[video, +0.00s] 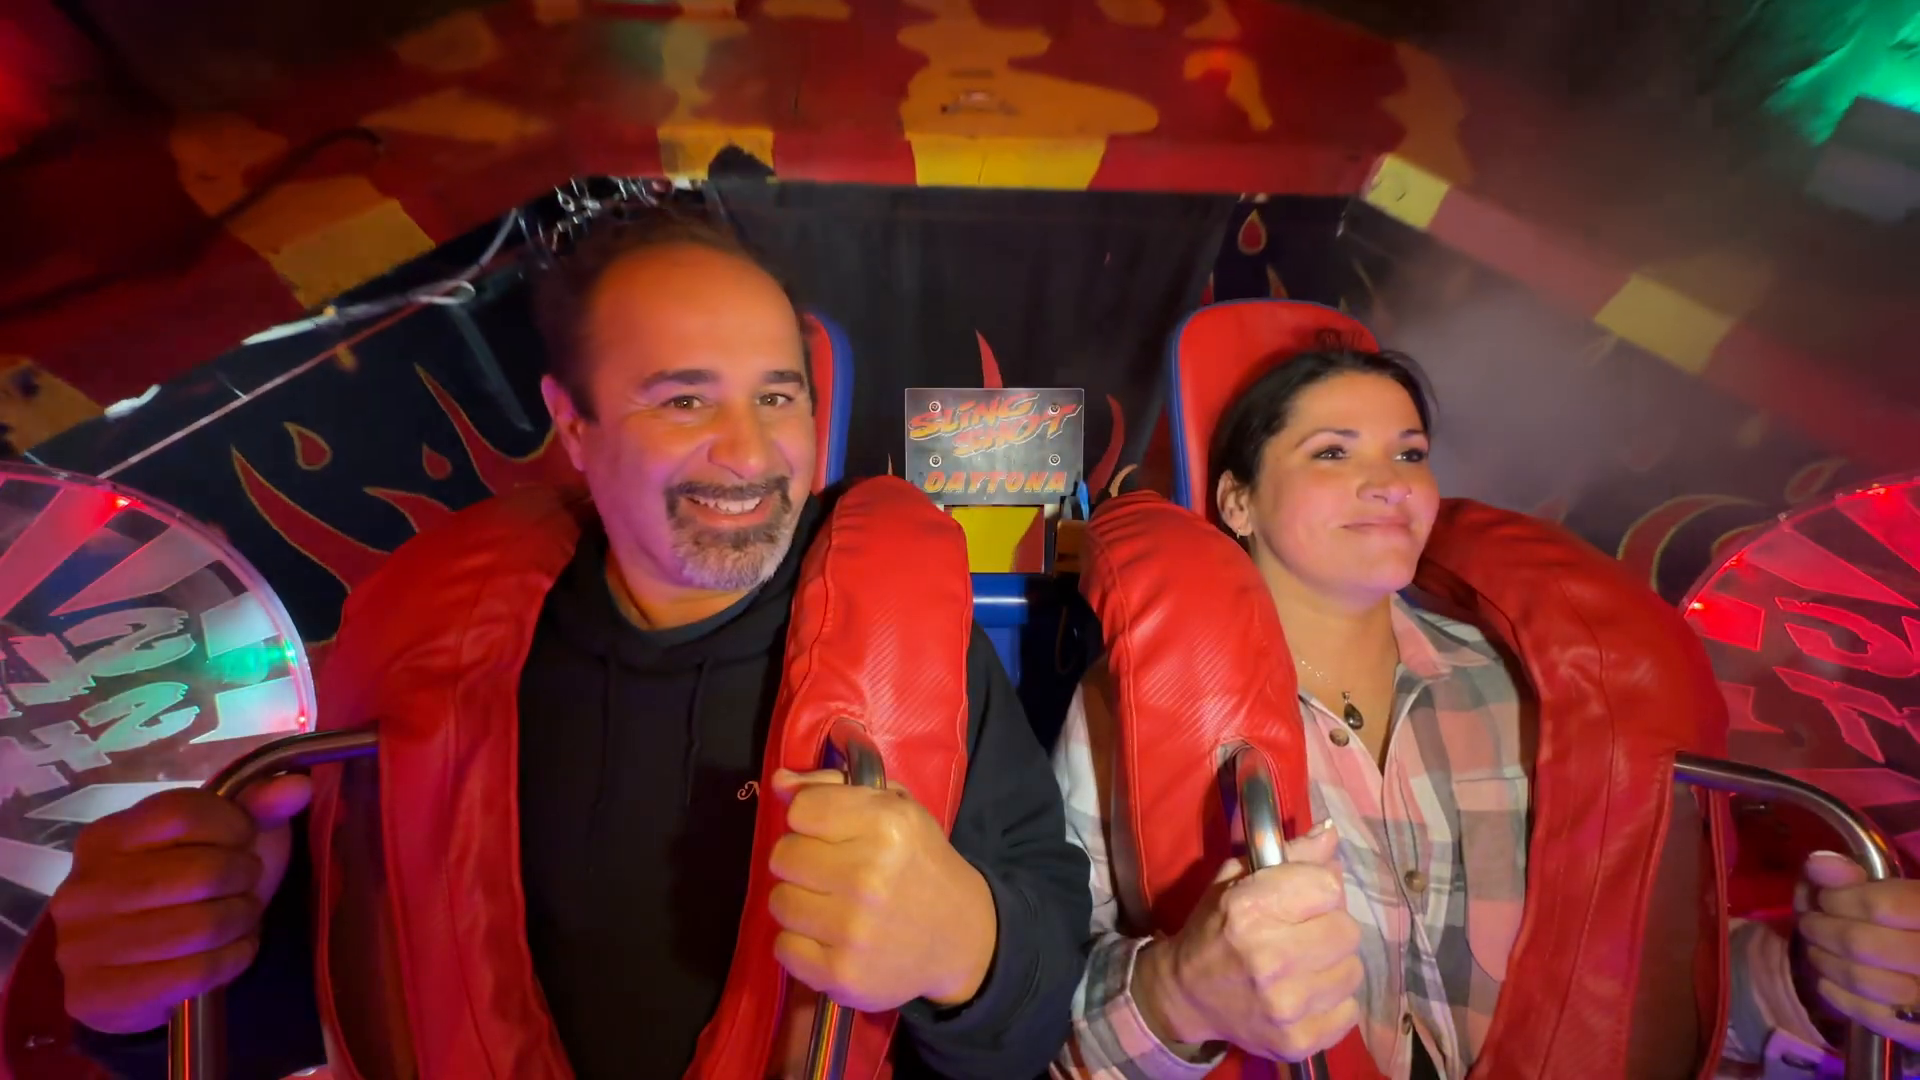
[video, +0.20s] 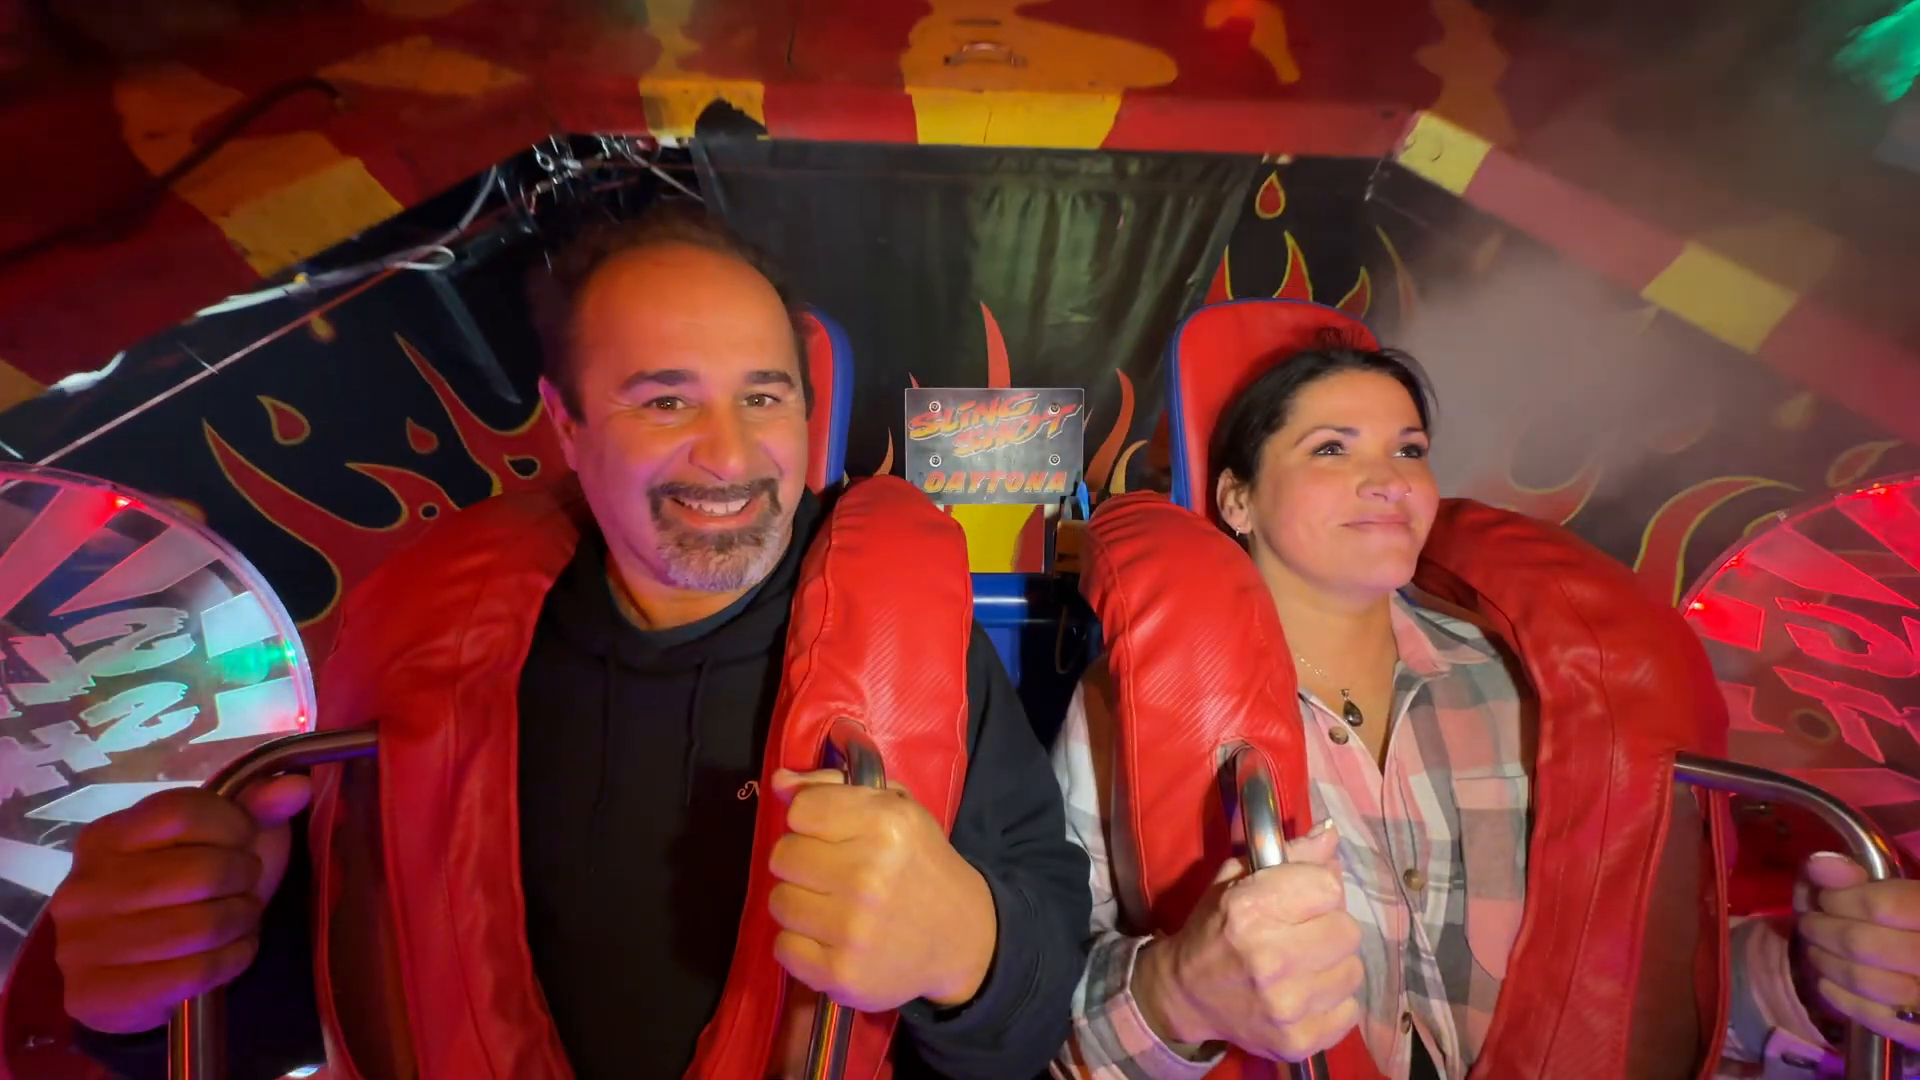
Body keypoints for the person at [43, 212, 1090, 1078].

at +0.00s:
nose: (747, 457)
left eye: (778, 398)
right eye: (681, 402)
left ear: (814, 409)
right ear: (570, 430)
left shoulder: (917, 654)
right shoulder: (425, 643)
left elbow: (1043, 979)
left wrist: (974, 945)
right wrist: (105, 972)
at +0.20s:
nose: (728, 456)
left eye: (764, 396)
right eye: (661, 400)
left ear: (809, 412)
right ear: (565, 431)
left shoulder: (916, 656)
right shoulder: (425, 647)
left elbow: (1041, 1002)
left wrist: (976, 945)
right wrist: (110, 979)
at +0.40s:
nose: (712, 448)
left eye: (754, 394)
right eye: (650, 395)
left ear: (808, 416)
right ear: (560, 427)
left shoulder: (920, 656)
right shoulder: (428, 646)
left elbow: (1042, 993)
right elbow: (319, 987)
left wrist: (975, 947)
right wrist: (116, 971)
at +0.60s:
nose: (717, 434)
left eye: (762, 386)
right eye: (661, 379)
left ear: (817, 421)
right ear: (577, 414)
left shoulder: (923, 662)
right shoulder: (434, 641)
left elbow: (1043, 994)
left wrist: (980, 945)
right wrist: (117, 965)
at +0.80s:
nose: (749, 430)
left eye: (789, 383)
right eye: (695, 373)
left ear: (830, 421)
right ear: (596, 402)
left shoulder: (929, 672)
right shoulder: (429, 635)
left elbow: (1041, 1015)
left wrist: (981, 950)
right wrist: (107, 972)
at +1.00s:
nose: (784, 426)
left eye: (813, 386)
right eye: (730, 375)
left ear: (839, 421)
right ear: (604, 404)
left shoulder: (927, 664)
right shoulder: (433, 628)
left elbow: (1042, 1002)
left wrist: (972, 949)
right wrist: (112, 976)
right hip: (482, 1061)